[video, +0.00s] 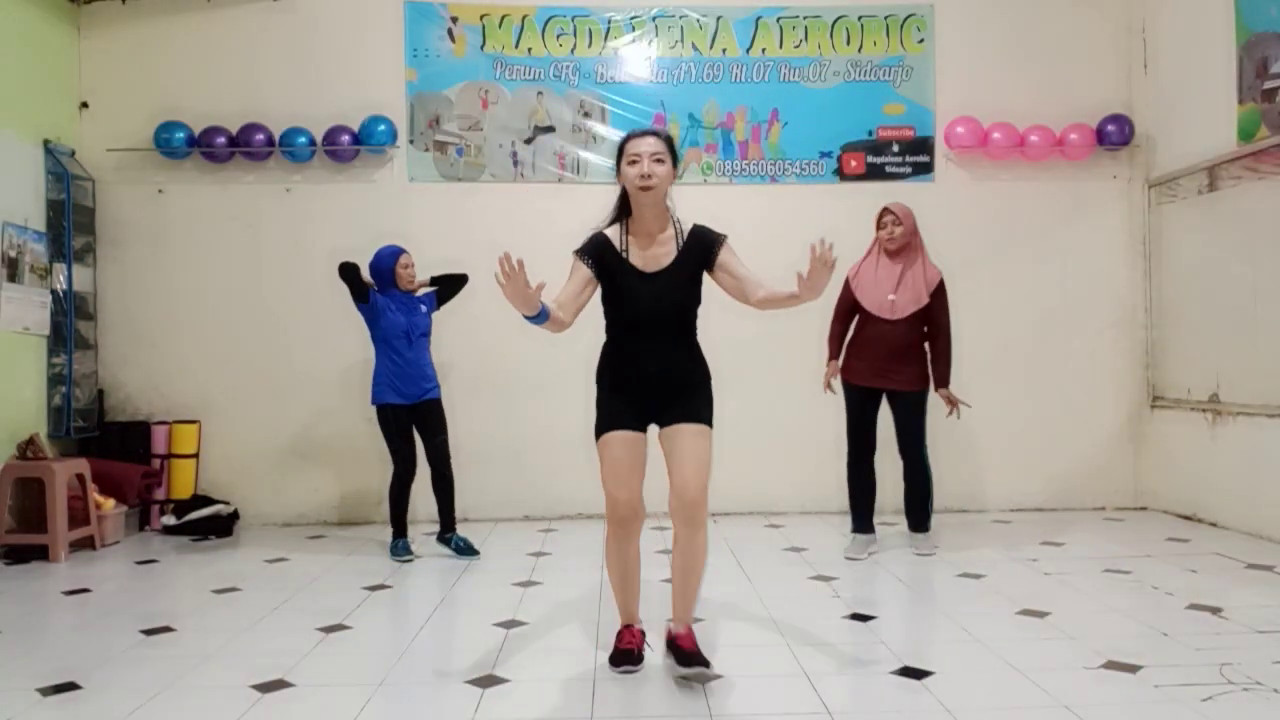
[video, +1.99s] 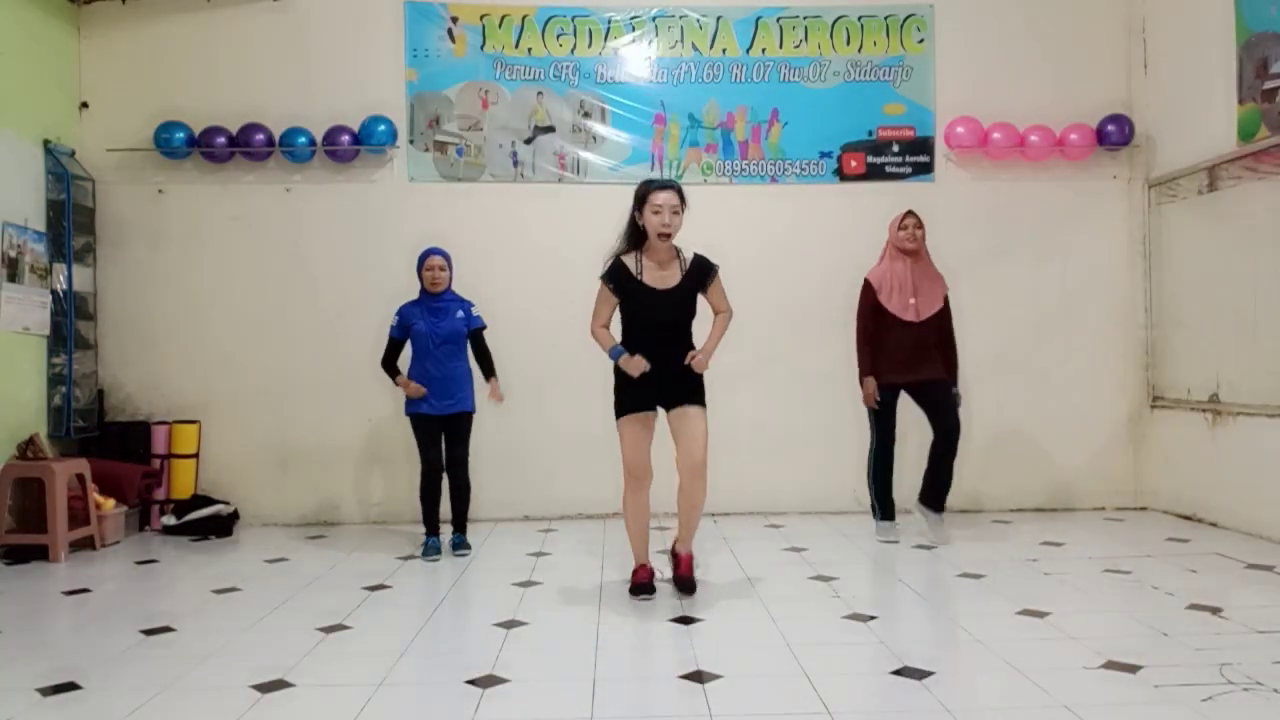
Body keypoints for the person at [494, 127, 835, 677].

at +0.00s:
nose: (646, 168)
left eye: (656, 159)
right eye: (634, 161)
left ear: (673, 172)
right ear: (620, 175)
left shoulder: (699, 242)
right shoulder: (602, 247)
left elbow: (754, 292)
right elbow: (561, 318)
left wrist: (804, 293)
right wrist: (531, 308)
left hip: (683, 383)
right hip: (620, 385)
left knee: (691, 503)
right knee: (623, 509)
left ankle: (682, 628)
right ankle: (629, 627)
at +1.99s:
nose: (667, 219)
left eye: (674, 211)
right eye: (657, 210)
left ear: (682, 217)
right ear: (640, 216)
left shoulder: (697, 268)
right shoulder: (622, 269)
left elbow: (723, 312)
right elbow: (599, 326)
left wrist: (707, 352)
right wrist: (620, 357)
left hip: (684, 374)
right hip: (636, 375)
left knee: (695, 464)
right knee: (637, 474)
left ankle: (684, 550)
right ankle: (641, 564)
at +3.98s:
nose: (655, 220)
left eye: (662, 214)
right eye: (647, 216)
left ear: (674, 225)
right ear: (637, 229)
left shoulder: (693, 273)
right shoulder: (627, 269)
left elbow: (707, 328)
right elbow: (625, 271)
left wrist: (676, 362)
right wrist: (640, 245)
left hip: (681, 371)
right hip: (638, 371)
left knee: (681, 462)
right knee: (648, 458)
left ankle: (674, 545)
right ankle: (644, 536)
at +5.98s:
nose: (657, 185)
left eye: (665, 180)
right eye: (650, 180)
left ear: (676, 191)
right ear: (639, 191)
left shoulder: (689, 231)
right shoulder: (631, 232)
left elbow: (701, 229)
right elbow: (615, 233)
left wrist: (699, 225)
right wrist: (613, 227)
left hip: (686, 339)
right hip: (641, 339)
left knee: (686, 435)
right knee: (644, 436)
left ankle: (683, 528)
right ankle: (648, 527)